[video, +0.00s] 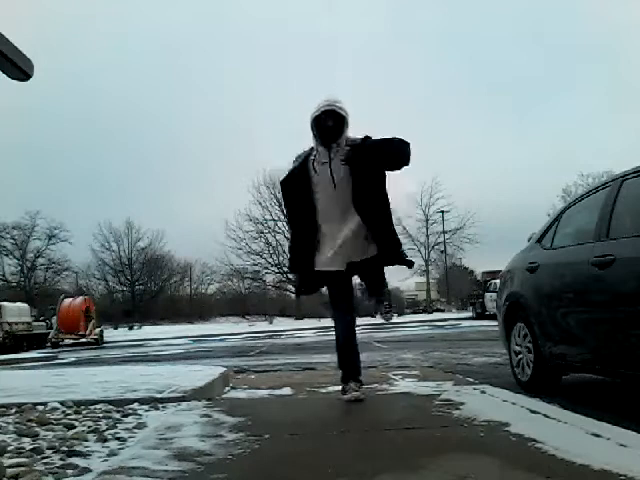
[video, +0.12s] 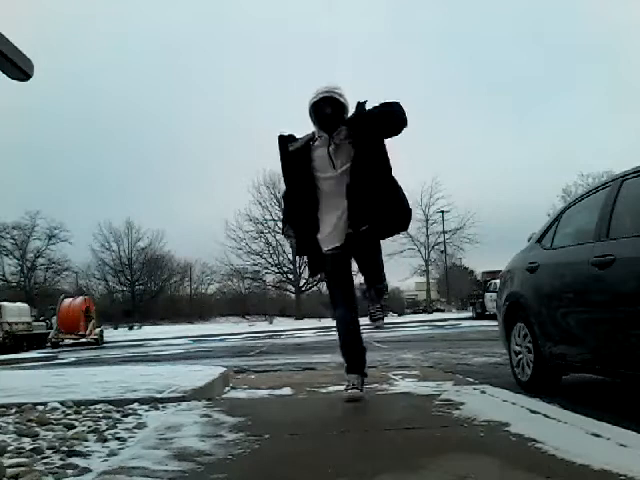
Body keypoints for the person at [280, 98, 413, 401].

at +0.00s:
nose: (328, 128)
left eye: (333, 121)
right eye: (321, 122)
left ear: (344, 125)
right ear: (313, 127)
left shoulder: (362, 152)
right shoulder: (302, 169)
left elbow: (401, 152)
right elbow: (297, 220)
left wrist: (362, 147)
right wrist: (299, 263)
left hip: (364, 245)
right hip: (328, 251)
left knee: (378, 291)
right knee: (343, 317)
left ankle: (381, 301)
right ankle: (351, 380)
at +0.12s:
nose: (326, 116)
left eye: (331, 109)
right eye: (320, 111)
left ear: (342, 110)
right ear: (312, 116)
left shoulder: (361, 132)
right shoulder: (302, 153)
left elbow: (397, 117)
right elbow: (294, 197)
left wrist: (358, 121)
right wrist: (296, 231)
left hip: (363, 227)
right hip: (328, 238)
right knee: (343, 309)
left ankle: (375, 297)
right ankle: (355, 373)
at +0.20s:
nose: (329, 121)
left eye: (334, 115)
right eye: (322, 116)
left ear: (345, 118)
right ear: (312, 121)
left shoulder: (361, 142)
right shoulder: (302, 160)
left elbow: (398, 158)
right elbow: (297, 205)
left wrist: (364, 130)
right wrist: (288, 230)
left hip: (366, 230)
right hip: (330, 242)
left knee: (360, 235)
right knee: (345, 316)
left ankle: (377, 300)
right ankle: (350, 381)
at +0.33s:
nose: (332, 142)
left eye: (338, 136)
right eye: (326, 136)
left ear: (348, 139)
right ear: (317, 140)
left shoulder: (362, 168)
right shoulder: (304, 182)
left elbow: (376, 221)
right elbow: (300, 229)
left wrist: (378, 205)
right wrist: (295, 237)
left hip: (360, 258)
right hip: (328, 264)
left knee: (350, 325)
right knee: (346, 324)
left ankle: (352, 382)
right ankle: (352, 381)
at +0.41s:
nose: (335, 137)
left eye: (341, 131)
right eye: (329, 131)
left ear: (350, 133)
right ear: (321, 134)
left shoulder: (367, 165)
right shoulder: (308, 167)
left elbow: (379, 206)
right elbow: (287, 209)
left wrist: (378, 206)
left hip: (363, 251)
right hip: (328, 253)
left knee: (351, 316)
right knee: (344, 317)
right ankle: (350, 380)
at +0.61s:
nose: (339, 109)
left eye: (345, 103)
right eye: (333, 103)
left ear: (354, 106)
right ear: (323, 106)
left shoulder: (367, 138)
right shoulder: (310, 137)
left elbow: (376, 184)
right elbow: (292, 178)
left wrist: (367, 180)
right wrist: (306, 140)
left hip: (356, 229)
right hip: (321, 229)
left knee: (353, 295)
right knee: (326, 291)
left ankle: (355, 367)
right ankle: (331, 340)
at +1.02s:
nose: (340, 118)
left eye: (347, 112)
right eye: (334, 111)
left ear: (357, 115)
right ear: (325, 113)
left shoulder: (364, 147)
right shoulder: (312, 143)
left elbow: (375, 190)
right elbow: (291, 177)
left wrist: (372, 158)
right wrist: (302, 142)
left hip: (352, 235)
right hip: (317, 235)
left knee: (350, 305)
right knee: (317, 299)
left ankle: (345, 377)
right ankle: (346, 298)